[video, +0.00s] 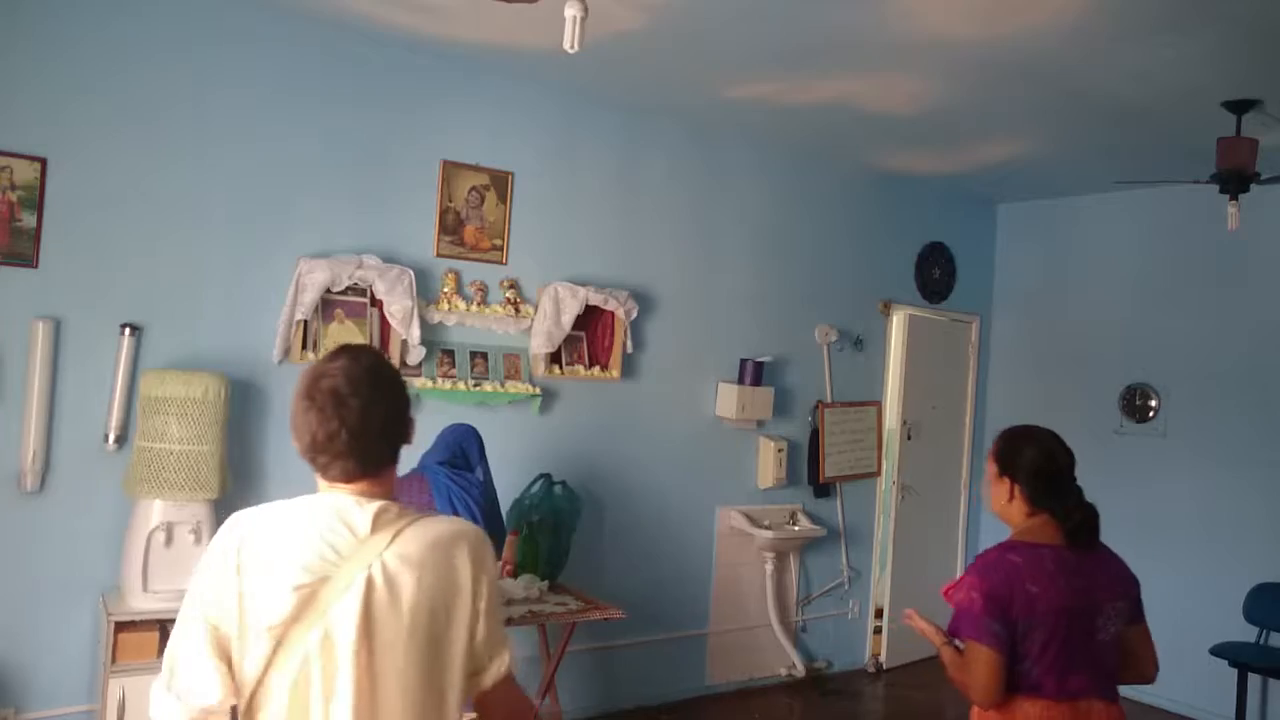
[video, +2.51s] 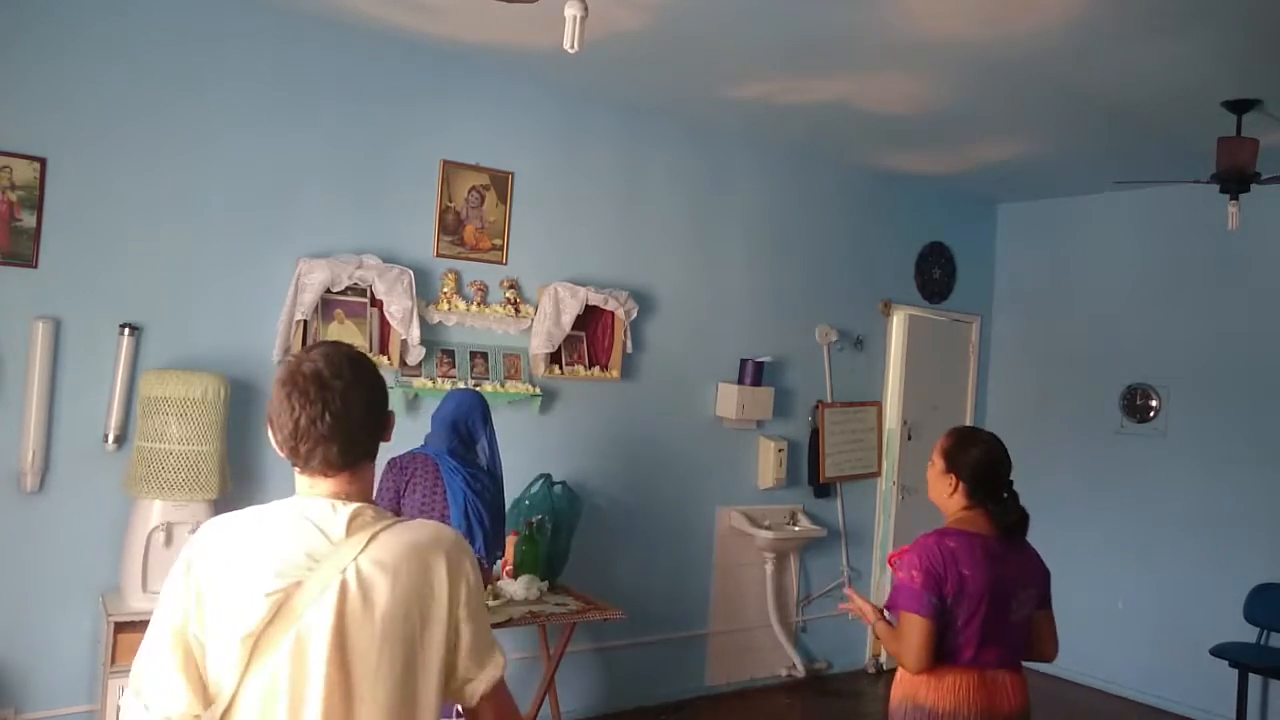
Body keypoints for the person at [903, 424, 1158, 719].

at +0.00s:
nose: (987, 486)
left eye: (990, 476)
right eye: (989, 475)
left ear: (1009, 488)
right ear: (1060, 483)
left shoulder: (992, 572)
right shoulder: (1110, 565)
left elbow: (984, 693)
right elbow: (1143, 667)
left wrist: (942, 645)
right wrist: (1069, 661)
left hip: (1020, 710)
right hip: (1100, 709)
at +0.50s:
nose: (1046, 488)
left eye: (1052, 478)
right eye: (1049, 477)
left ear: (1082, 495)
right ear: (1125, 494)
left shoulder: (1079, 576)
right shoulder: (1164, 568)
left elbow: (1078, 701)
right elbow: (1196, 666)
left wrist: (1007, 658)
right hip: (1176, 711)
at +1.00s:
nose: (1067, 488)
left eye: (1077, 476)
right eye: (1073, 476)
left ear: (1107, 494)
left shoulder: (1101, 575)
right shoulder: (1176, 569)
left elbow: (1089, 697)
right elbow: (1195, 676)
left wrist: (1021, 649)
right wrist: (1055, 648)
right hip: (1168, 711)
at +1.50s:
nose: (1017, 475)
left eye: (1025, 469)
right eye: (1022, 467)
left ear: (1052, 491)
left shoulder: (1037, 568)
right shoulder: (1119, 567)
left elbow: (1018, 685)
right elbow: (1137, 665)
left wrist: (961, 636)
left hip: (1031, 710)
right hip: (1103, 707)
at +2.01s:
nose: (956, 469)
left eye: (964, 463)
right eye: (961, 461)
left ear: (987, 485)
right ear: (1027, 484)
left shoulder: (962, 555)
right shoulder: (1061, 559)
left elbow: (940, 668)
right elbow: (1085, 657)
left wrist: (898, 624)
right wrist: (1016, 647)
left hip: (969, 702)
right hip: (1041, 701)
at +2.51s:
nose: (927, 471)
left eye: (932, 464)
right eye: (931, 462)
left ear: (952, 483)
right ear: (993, 482)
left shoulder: (928, 553)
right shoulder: (1026, 555)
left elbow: (914, 658)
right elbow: (1045, 648)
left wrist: (875, 621)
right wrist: (984, 639)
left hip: (936, 694)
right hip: (1006, 692)